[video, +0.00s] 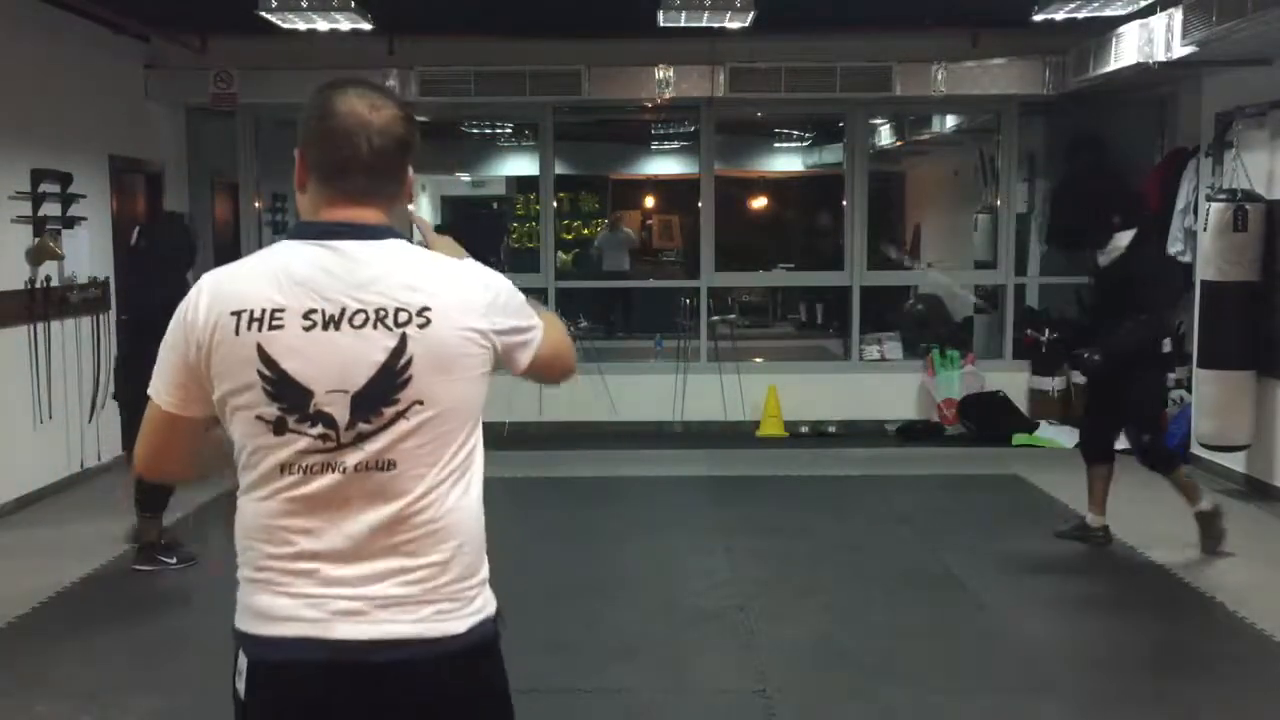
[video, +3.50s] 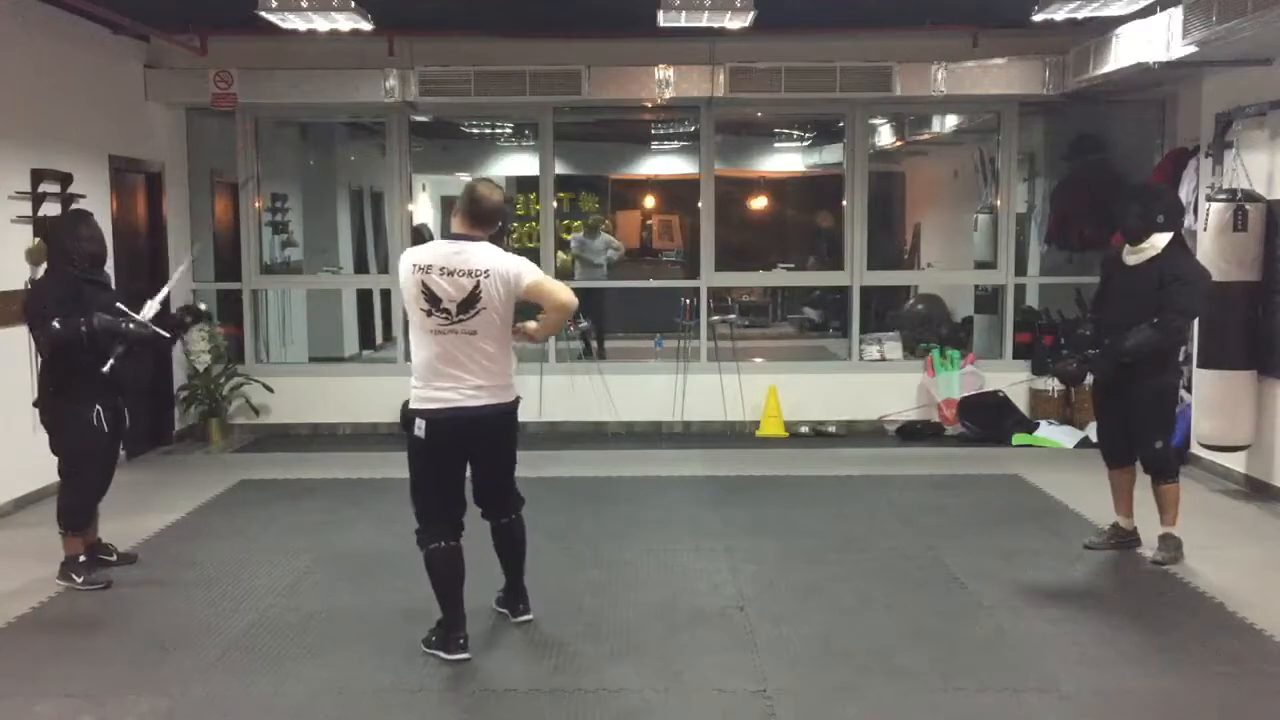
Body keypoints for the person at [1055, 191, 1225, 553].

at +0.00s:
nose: (1091, 238)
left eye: (1094, 230)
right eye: (1089, 233)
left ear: (1112, 220)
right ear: (1116, 219)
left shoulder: (1145, 260)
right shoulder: (1109, 262)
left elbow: (1155, 322)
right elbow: (1103, 319)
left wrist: (1106, 351)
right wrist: (1069, 332)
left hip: (1142, 364)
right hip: (1110, 364)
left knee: (1150, 446)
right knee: (1095, 439)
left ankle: (1204, 508)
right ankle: (1095, 521)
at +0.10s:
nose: (1114, 238)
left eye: (1120, 229)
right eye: (1112, 230)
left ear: (1142, 224)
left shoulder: (1175, 265)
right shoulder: (1119, 266)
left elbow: (1178, 329)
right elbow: (1112, 323)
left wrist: (1125, 345)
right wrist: (1075, 329)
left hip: (1167, 370)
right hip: (1125, 368)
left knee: (1178, 445)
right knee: (1105, 440)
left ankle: (1222, 519)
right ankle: (1096, 521)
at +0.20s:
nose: (1143, 252)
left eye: (1151, 244)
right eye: (1140, 245)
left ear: (1171, 235)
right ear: (1137, 239)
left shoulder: (1204, 273)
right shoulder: (1138, 271)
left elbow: (1202, 333)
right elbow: (1123, 322)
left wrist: (1143, 342)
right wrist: (1094, 331)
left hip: (1192, 373)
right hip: (1148, 371)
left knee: (1206, 447)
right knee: (1119, 439)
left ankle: (1226, 523)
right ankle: (1099, 519)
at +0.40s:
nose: (1178, 237)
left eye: (1187, 230)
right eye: (1174, 228)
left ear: (1208, 226)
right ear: (1168, 224)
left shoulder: (1237, 269)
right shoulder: (1162, 262)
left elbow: (1240, 329)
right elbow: (1150, 312)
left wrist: (1176, 339)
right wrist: (1141, 333)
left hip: (1219, 373)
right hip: (1172, 369)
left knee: (1224, 448)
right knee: (1142, 433)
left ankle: (1229, 524)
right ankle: (1143, 518)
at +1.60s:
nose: (1128, 226)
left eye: (1137, 218)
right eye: (1127, 218)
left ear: (1158, 220)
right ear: (1122, 221)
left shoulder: (1187, 267)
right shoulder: (1115, 264)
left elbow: (1189, 324)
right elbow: (1100, 316)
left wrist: (1139, 345)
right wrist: (1092, 347)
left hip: (1167, 370)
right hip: (1122, 368)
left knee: (1168, 453)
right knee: (1119, 447)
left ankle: (1195, 520)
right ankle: (1124, 527)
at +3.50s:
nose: (1126, 226)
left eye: (1135, 218)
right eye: (1125, 218)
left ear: (1156, 219)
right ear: (1124, 218)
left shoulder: (1181, 267)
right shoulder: (1115, 261)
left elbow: (1172, 327)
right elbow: (1100, 315)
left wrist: (1125, 346)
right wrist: (1089, 344)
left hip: (1154, 377)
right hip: (1112, 374)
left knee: (1159, 455)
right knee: (1116, 450)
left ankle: (1169, 537)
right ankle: (1123, 528)